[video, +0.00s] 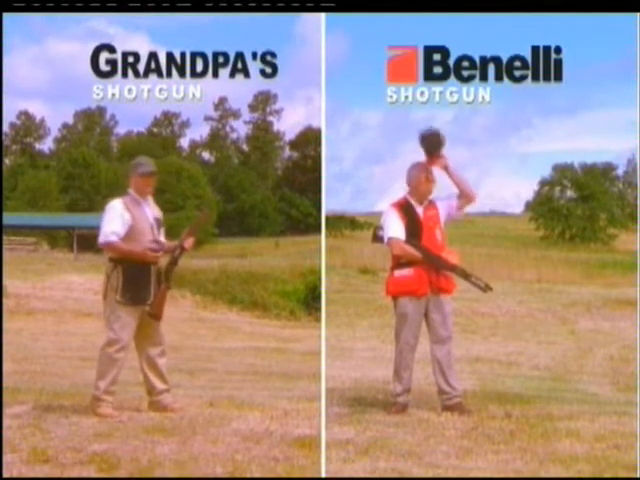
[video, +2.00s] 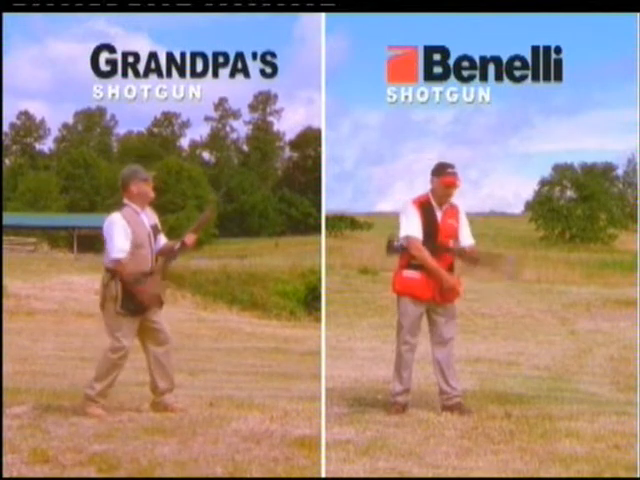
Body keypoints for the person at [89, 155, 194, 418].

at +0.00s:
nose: (149, 183)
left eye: (152, 178)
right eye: (144, 177)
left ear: (155, 180)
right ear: (132, 179)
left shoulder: (153, 210)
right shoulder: (117, 207)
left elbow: (157, 244)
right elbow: (107, 243)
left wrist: (178, 246)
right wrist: (142, 254)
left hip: (149, 279)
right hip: (123, 279)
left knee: (152, 342)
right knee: (118, 341)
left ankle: (159, 396)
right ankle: (102, 399)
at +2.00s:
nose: (152, 191)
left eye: (152, 185)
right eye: (147, 185)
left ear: (140, 189)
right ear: (131, 189)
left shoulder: (149, 216)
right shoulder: (117, 220)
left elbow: (160, 248)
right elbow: (117, 262)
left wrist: (181, 245)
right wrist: (139, 288)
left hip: (145, 282)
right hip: (121, 284)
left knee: (160, 340)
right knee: (120, 344)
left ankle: (162, 396)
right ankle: (93, 398)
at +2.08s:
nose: (152, 190)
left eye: (151, 185)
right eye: (146, 185)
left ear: (140, 190)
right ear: (131, 189)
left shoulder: (149, 216)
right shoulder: (116, 221)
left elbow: (159, 249)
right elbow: (113, 262)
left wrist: (180, 246)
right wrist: (125, 293)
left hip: (146, 281)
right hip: (122, 283)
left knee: (160, 339)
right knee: (121, 343)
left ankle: (163, 396)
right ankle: (92, 399)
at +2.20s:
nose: (152, 188)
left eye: (151, 183)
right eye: (146, 183)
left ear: (143, 188)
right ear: (130, 188)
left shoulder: (150, 214)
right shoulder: (115, 218)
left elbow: (158, 247)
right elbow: (98, 257)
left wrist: (179, 245)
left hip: (146, 279)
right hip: (120, 281)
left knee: (159, 339)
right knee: (119, 343)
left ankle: (162, 397)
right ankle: (92, 399)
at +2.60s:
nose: (173, 217)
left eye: (172, 211)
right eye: (169, 212)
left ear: (158, 216)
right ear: (154, 215)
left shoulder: (164, 239)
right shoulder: (136, 244)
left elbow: (161, 271)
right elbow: (110, 276)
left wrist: (186, 268)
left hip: (145, 296)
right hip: (122, 298)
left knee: (166, 341)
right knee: (134, 359)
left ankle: (163, 396)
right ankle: (94, 398)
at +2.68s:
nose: (170, 202)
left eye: (169, 197)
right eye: (165, 197)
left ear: (153, 202)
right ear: (151, 201)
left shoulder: (157, 225)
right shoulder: (145, 233)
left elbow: (156, 259)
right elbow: (136, 277)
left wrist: (182, 262)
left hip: (149, 297)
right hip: (132, 299)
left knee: (167, 342)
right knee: (133, 354)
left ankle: (165, 395)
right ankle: (96, 398)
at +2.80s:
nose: (164, 187)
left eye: (163, 182)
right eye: (160, 182)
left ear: (149, 187)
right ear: (145, 186)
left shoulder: (155, 213)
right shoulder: (145, 216)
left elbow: (179, 237)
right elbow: (167, 247)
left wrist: (212, 229)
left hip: (149, 276)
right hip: (131, 277)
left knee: (163, 338)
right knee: (127, 340)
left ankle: (164, 395)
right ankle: (95, 396)